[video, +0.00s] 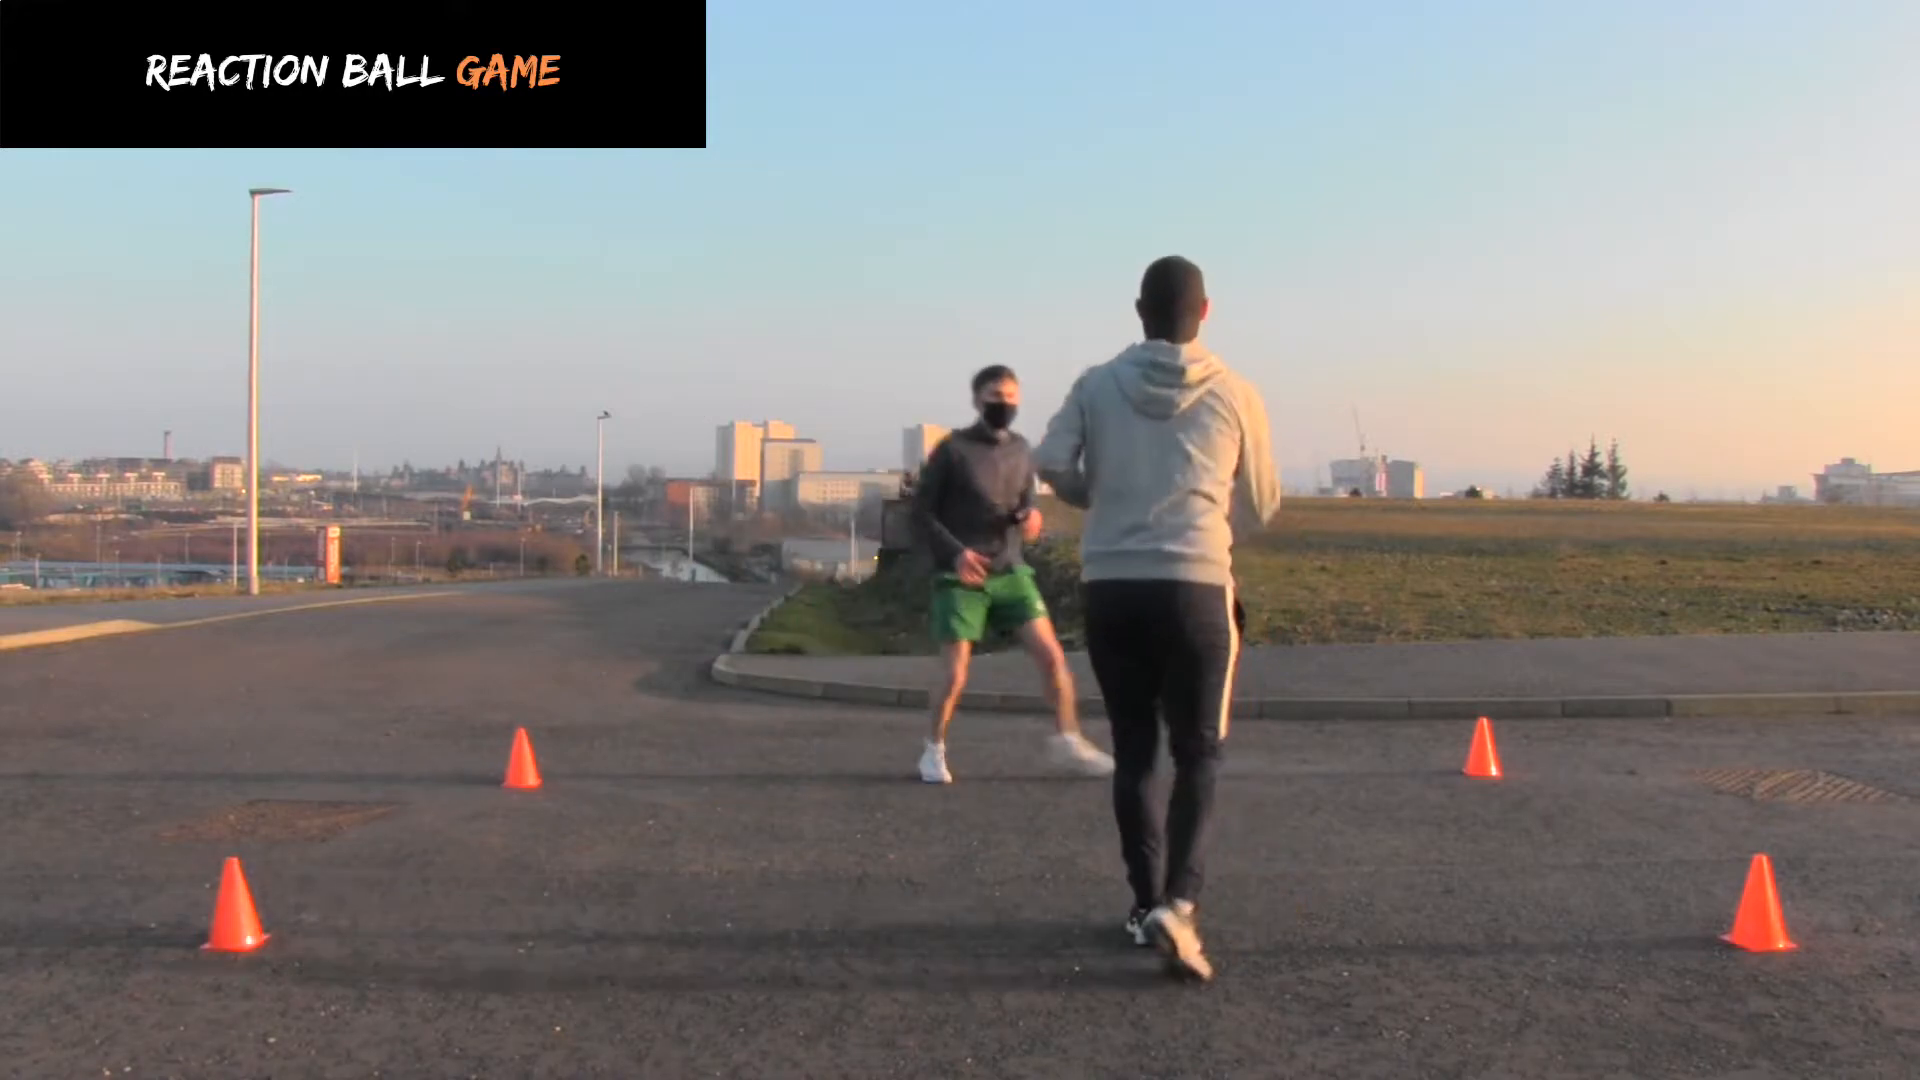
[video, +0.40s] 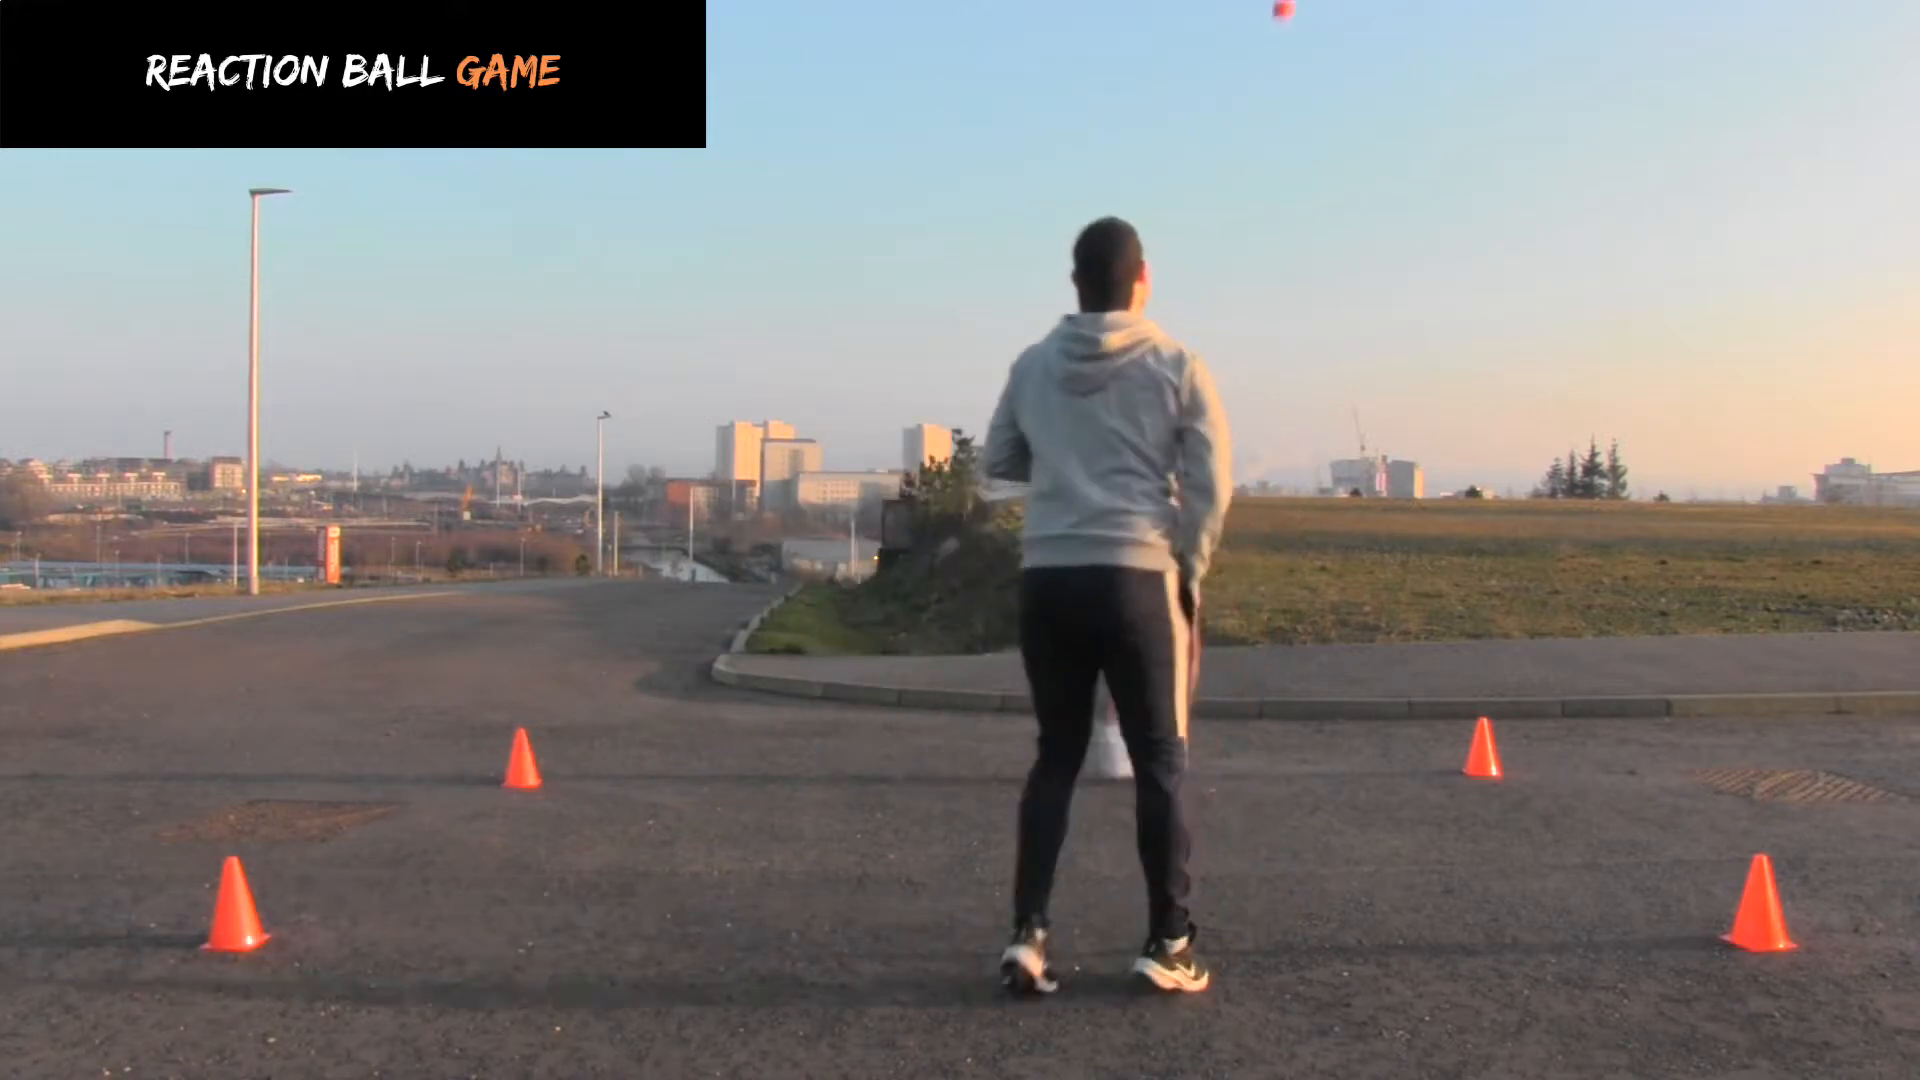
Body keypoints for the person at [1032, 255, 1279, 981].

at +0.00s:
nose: (1200, 315)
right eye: (1202, 304)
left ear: (1139, 312)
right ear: (1203, 313)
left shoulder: (1097, 385)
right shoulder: (1234, 392)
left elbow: (1053, 460)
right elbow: (1261, 509)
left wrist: (1100, 499)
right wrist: (1205, 507)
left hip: (1113, 593)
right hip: (1196, 594)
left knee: (1133, 752)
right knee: (1198, 751)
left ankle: (1148, 908)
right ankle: (1179, 901)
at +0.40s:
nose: (1147, 283)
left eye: (1131, 273)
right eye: (1146, 274)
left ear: (1074, 280)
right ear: (1141, 280)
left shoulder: (1034, 365)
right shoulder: (1175, 364)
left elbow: (1000, 462)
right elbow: (1209, 483)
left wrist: (1068, 455)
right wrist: (1190, 571)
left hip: (1048, 585)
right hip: (1136, 585)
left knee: (1057, 753)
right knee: (1159, 760)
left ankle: (1026, 935)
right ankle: (1169, 944)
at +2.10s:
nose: (883, 323)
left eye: (881, 310)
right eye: (879, 310)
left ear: (818, 313)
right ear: (859, 314)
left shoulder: (773, 393)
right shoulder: (865, 394)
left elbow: (751, 501)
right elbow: (870, 520)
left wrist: (765, 584)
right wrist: (886, 613)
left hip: (751, 605)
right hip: (814, 610)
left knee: (790, 758)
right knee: (851, 771)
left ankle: (774, 916)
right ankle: (763, 917)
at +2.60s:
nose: (887, 318)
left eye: (885, 305)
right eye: (883, 306)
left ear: (824, 312)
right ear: (864, 314)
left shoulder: (782, 389)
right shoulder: (863, 391)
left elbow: (758, 484)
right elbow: (876, 500)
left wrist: (798, 547)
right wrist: (902, 589)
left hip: (774, 579)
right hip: (827, 582)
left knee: (814, 714)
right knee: (850, 738)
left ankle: (774, 852)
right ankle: (823, 906)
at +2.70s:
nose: (875, 335)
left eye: (873, 322)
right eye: (871, 323)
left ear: (816, 329)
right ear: (851, 330)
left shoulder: (777, 403)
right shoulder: (848, 407)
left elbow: (757, 495)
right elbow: (866, 509)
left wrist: (792, 561)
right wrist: (900, 590)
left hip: (778, 590)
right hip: (828, 594)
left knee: (808, 725)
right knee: (841, 744)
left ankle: (742, 852)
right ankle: (818, 909)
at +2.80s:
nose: (857, 360)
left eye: (856, 348)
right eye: (854, 348)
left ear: (803, 350)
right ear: (834, 352)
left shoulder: (768, 419)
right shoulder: (830, 427)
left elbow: (788, 509)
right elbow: (850, 530)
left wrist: (866, 507)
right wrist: (888, 608)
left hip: (764, 607)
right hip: (815, 609)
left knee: (795, 738)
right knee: (861, 744)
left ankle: (727, 866)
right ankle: (829, 892)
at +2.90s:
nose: (850, 373)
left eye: (850, 361)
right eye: (848, 362)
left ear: (798, 360)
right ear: (827, 363)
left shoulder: (765, 426)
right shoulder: (822, 430)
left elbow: (822, 504)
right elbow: (838, 524)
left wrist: (891, 479)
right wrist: (871, 605)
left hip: (754, 612)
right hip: (806, 615)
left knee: (785, 737)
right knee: (880, 741)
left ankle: (724, 864)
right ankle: (828, 860)